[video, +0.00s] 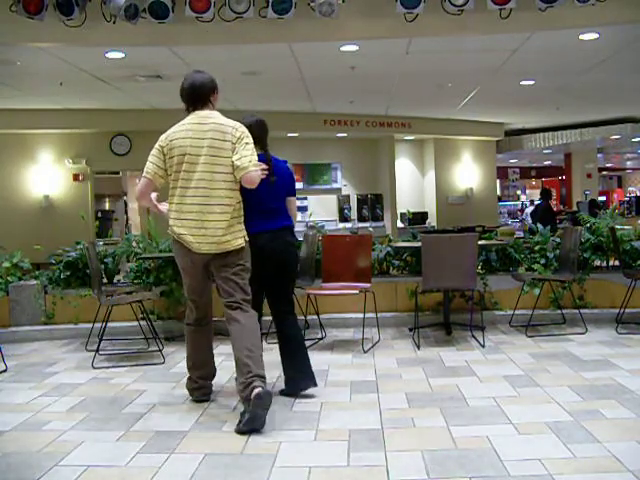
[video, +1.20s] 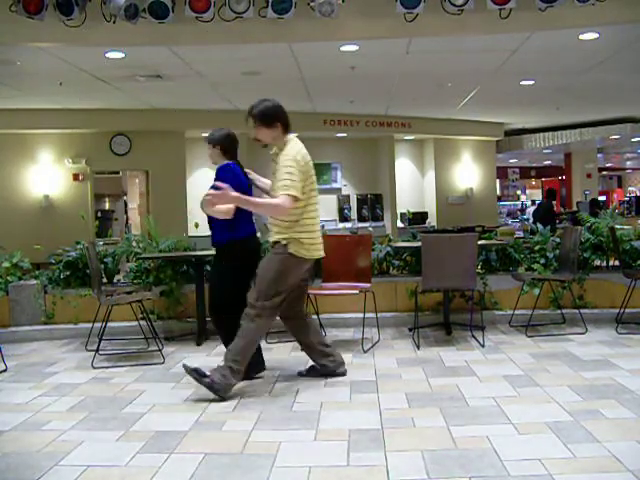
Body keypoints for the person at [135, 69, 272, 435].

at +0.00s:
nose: (219, 99)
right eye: (218, 94)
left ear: (184, 101)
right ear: (215, 97)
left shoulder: (171, 136)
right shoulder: (235, 131)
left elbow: (143, 193)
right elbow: (250, 180)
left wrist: (158, 206)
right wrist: (256, 171)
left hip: (186, 237)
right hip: (228, 236)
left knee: (196, 314)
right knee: (240, 308)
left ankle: (199, 386)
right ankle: (253, 385)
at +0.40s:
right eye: (201, 112)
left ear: (172, 119)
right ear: (202, 113)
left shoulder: (164, 149)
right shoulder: (226, 142)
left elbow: (140, 204)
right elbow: (254, 192)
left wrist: (141, 208)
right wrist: (268, 175)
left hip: (186, 244)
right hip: (227, 242)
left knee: (199, 314)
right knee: (249, 307)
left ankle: (200, 386)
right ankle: (270, 379)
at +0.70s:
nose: (179, 132)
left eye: (178, 127)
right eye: (178, 127)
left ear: (185, 123)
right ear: (206, 118)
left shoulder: (184, 152)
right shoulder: (240, 145)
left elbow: (168, 206)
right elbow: (267, 189)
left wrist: (146, 205)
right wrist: (268, 172)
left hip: (210, 248)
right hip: (248, 245)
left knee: (204, 315)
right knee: (265, 305)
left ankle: (200, 385)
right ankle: (312, 362)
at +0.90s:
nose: (203, 134)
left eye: (204, 128)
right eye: (201, 129)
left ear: (217, 123)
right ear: (229, 122)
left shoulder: (222, 153)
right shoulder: (260, 147)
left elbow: (204, 210)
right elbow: (279, 192)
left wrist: (168, 206)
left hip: (242, 252)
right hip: (275, 249)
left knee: (214, 311)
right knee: (274, 307)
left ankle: (204, 385)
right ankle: (321, 352)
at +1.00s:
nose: (218, 135)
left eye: (219, 128)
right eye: (216, 129)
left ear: (236, 124)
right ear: (243, 124)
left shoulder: (245, 155)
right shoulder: (273, 147)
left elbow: (228, 209)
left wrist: (184, 203)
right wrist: (199, 208)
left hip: (259, 251)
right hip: (285, 248)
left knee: (223, 310)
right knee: (278, 309)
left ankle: (210, 383)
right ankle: (327, 357)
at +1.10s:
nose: (238, 135)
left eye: (240, 129)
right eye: (236, 130)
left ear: (256, 124)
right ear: (260, 124)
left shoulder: (270, 153)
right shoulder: (282, 146)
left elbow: (258, 207)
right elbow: (264, 202)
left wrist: (212, 203)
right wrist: (219, 205)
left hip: (276, 248)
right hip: (296, 245)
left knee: (240, 308)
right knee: (288, 310)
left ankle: (215, 382)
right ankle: (329, 363)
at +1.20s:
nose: (254, 135)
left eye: (257, 128)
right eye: (253, 128)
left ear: (276, 126)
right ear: (277, 127)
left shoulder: (291, 154)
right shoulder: (289, 150)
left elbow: (284, 206)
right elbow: (280, 192)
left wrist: (235, 199)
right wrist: (256, 180)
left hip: (292, 246)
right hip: (301, 245)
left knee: (258, 310)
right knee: (292, 312)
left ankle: (224, 379)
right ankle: (329, 363)